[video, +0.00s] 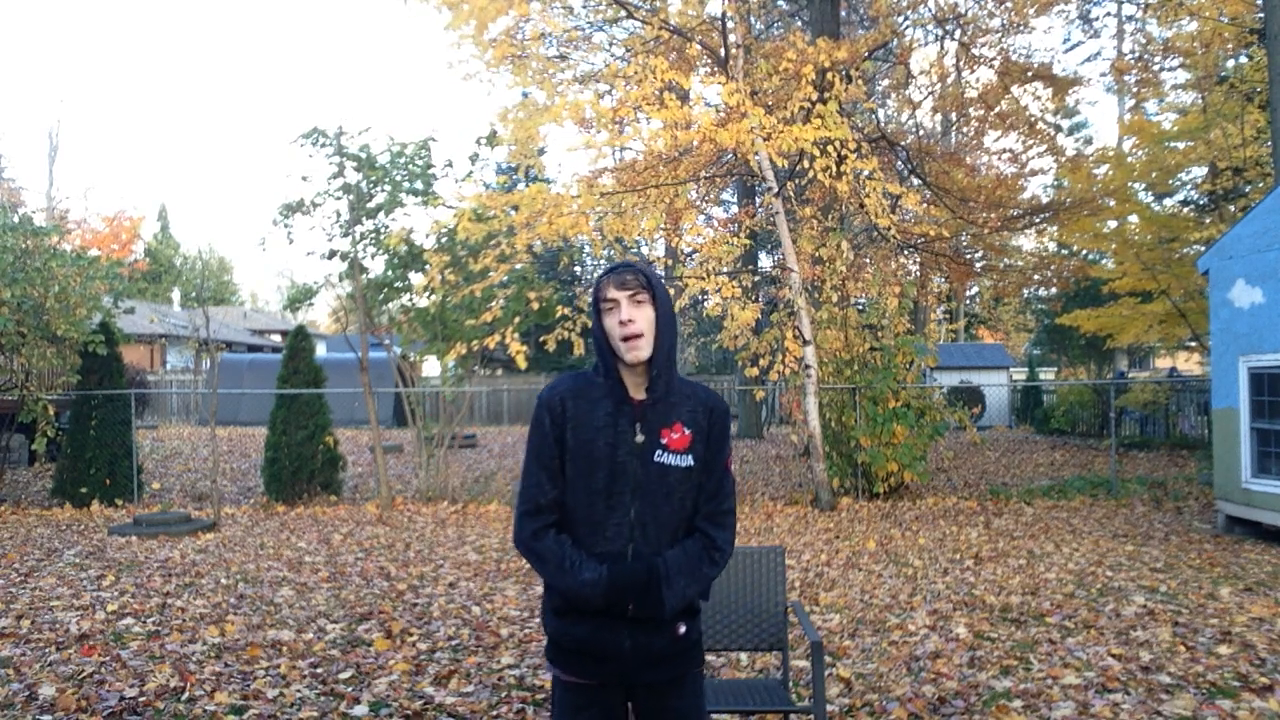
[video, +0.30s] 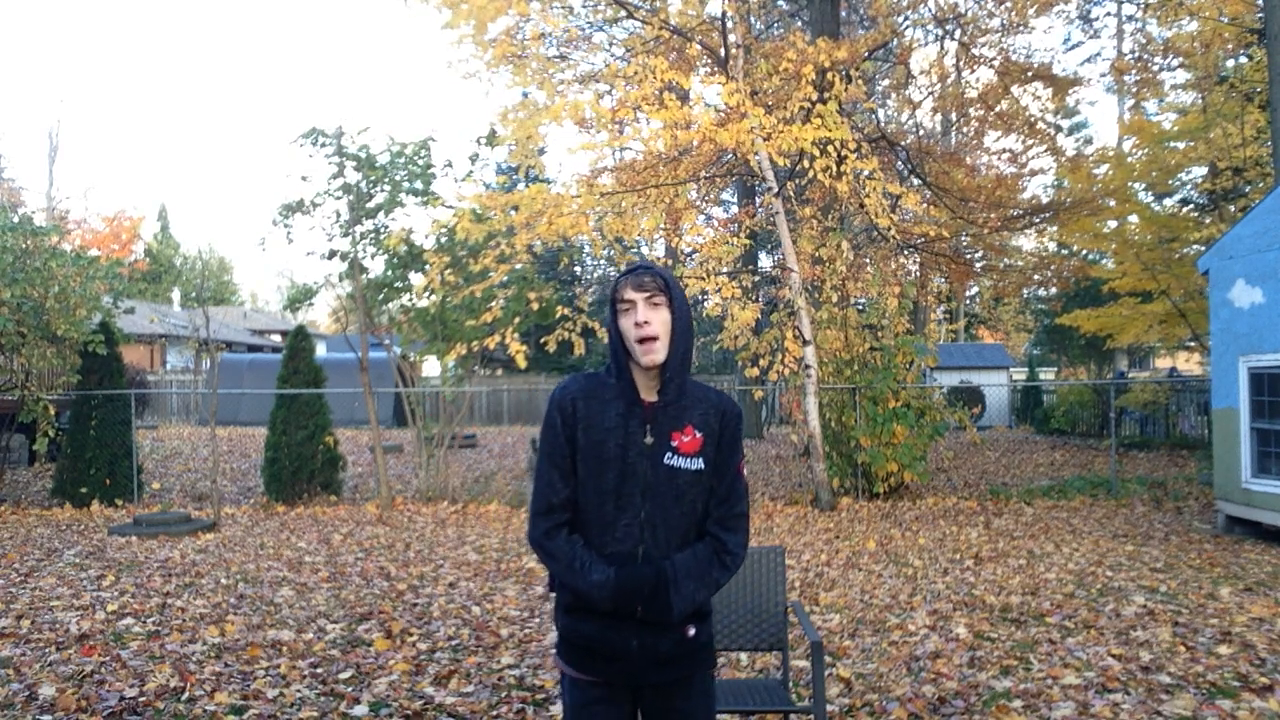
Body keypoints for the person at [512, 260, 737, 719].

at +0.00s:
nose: (626, 318)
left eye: (638, 302)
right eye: (611, 307)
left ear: (662, 313)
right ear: (599, 324)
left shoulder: (704, 409)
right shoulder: (562, 402)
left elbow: (717, 531)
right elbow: (532, 527)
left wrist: (659, 583)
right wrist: (601, 583)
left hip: (670, 649)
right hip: (582, 649)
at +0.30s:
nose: (641, 319)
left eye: (654, 304)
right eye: (626, 308)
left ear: (678, 316)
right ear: (615, 325)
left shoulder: (716, 412)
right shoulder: (574, 401)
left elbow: (730, 536)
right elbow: (546, 526)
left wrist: (666, 585)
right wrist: (612, 585)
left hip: (681, 651)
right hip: (593, 650)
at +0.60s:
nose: (617, 314)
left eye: (633, 303)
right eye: (605, 301)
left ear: (649, 322)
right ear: (585, 317)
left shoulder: (690, 400)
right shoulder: (548, 412)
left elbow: (734, 518)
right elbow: (530, 537)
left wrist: (662, 565)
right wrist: (607, 570)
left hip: (683, 648)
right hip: (593, 651)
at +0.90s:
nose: (601, 325)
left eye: (616, 314)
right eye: (589, 310)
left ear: (632, 333)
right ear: (568, 326)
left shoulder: (672, 410)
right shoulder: (531, 422)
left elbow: (727, 522)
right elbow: (506, 550)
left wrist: (647, 567)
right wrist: (592, 571)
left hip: (663, 653)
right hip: (574, 656)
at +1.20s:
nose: (621, 320)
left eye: (633, 306)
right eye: (605, 308)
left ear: (653, 319)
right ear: (588, 323)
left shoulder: (689, 409)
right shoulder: (545, 407)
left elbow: (713, 529)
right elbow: (515, 532)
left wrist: (651, 578)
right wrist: (594, 577)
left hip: (667, 648)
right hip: (578, 651)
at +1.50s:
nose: (639, 322)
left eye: (652, 307)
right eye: (623, 309)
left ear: (672, 319)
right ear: (608, 323)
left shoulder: (709, 411)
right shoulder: (566, 405)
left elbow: (732, 531)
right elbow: (536, 528)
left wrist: (667, 579)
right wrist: (611, 578)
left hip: (681, 651)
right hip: (590, 651)